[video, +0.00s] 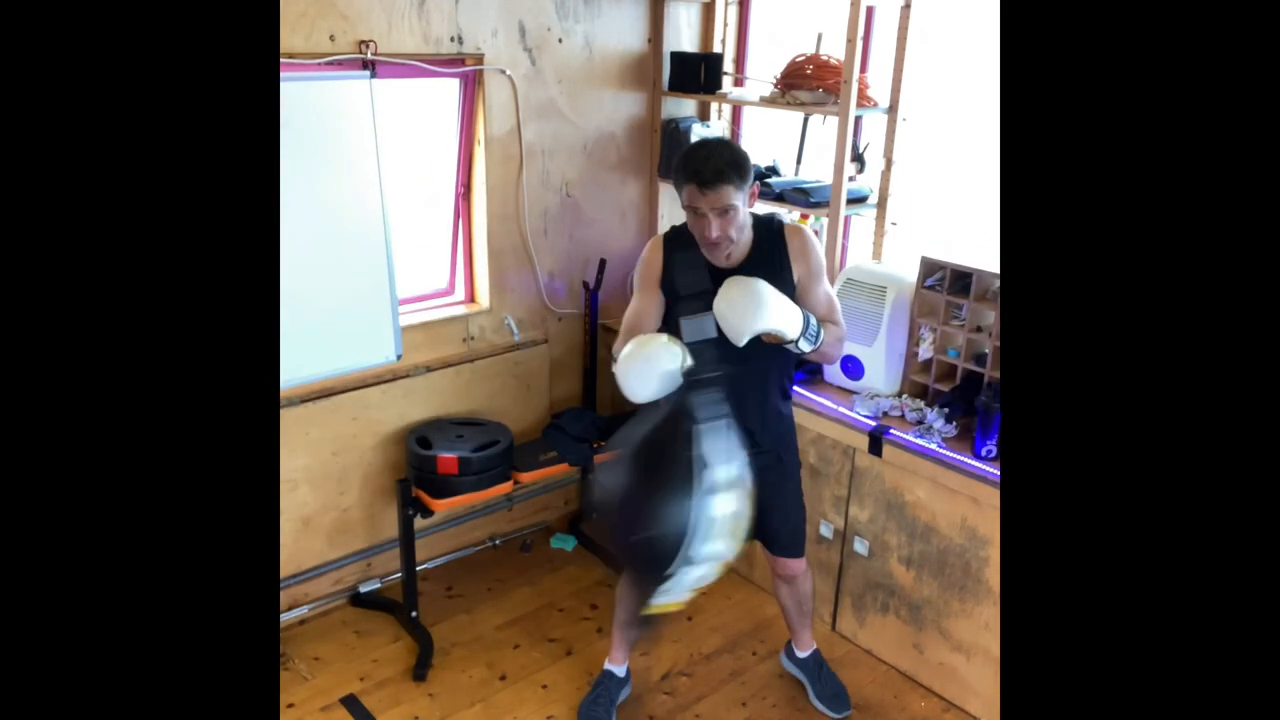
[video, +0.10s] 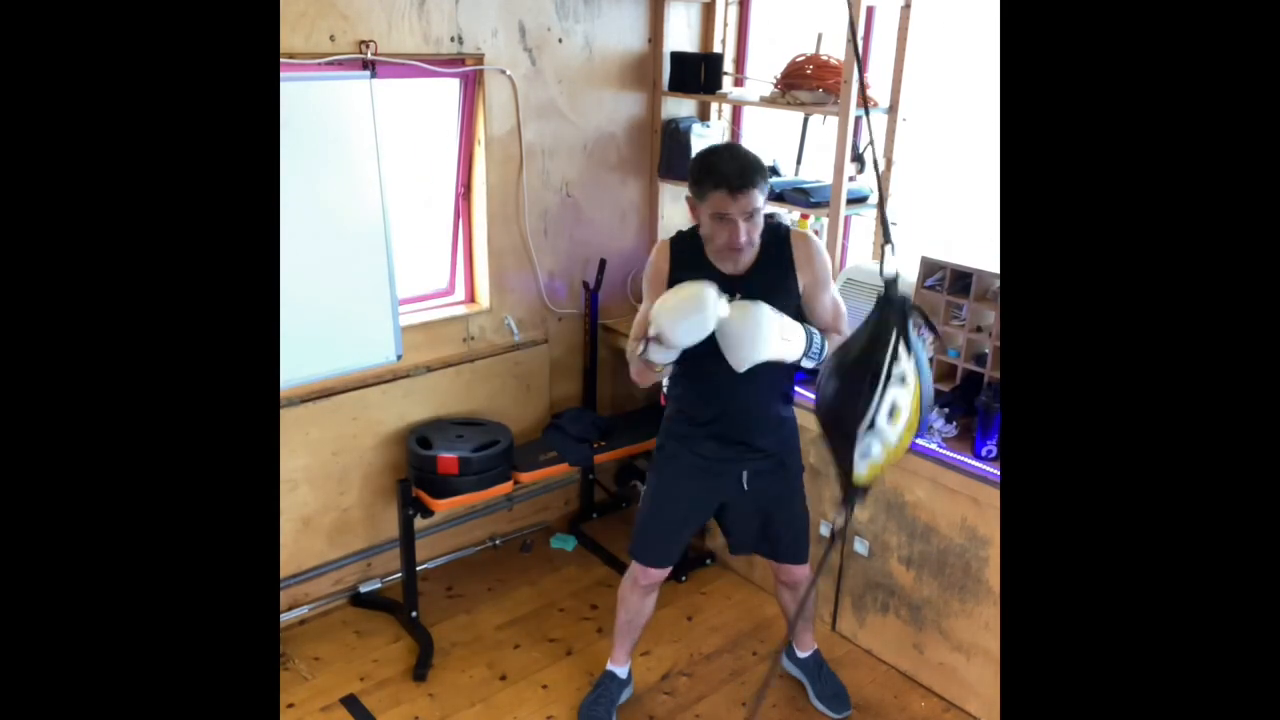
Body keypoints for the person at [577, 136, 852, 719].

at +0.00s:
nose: (713, 229)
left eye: (725, 212)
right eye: (698, 214)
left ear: (751, 197)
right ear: (683, 204)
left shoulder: (793, 244)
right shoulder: (663, 252)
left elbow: (833, 342)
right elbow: (632, 339)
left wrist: (796, 329)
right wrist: (640, 363)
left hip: (764, 427)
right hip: (684, 426)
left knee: (791, 564)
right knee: (644, 552)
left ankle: (804, 652)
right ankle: (615, 668)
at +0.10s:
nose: (740, 234)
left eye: (751, 216)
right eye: (723, 219)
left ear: (767, 204)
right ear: (696, 210)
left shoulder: (800, 252)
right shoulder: (669, 258)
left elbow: (842, 340)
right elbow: (641, 376)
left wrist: (800, 343)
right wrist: (659, 343)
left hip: (770, 441)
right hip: (689, 439)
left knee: (796, 572)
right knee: (645, 572)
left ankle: (803, 651)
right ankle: (616, 671)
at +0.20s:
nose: (764, 231)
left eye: (776, 214)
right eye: (748, 216)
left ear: (789, 202)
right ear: (718, 204)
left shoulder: (804, 241)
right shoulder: (695, 250)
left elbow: (829, 320)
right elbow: (709, 333)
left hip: (778, 437)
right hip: (700, 439)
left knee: (804, 572)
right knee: (652, 570)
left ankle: (812, 650)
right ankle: (616, 671)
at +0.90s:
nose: (774, 253)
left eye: (791, 240)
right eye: (760, 235)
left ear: (814, 228)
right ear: (740, 214)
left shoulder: (832, 265)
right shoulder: (700, 247)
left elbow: (843, 375)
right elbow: (661, 352)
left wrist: (821, 349)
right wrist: (696, 332)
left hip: (779, 441)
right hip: (701, 436)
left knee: (800, 570)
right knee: (685, 569)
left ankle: (810, 651)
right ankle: (675, 669)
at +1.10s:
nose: (701, 237)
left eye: (715, 223)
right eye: (693, 221)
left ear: (756, 207)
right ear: (686, 209)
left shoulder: (794, 251)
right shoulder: (701, 254)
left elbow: (745, 342)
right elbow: (695, 334)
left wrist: (659, 312)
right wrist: (635, 327)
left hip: (793, 445)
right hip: (720, 440)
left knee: (820, 584)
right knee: (693, 564)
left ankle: (834, 650)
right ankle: (678, 669)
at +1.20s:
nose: (708, 232)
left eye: (722, 218)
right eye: (701, 217)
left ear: (762, 207)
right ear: (694, 207)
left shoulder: (786, 252)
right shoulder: (728, 259)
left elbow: (713, 330)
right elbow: (721, 328)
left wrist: (618, 329)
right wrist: (667, 312)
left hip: (807, 446)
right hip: (735, 442)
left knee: (848, 582)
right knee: (699, 565)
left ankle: (875, 677)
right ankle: (680, 669)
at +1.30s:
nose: (733, 240)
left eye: (748, 224)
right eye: (721, 224)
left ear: (781, 212)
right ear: (710, 216)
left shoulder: (807, 269)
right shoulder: (742, 261)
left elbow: (779, 387)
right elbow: (749, 342)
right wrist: (697, 323)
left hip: (822, 455)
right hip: (748, 446)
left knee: (869, 599)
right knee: (703, 572)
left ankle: (905, 709)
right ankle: (680, 671)